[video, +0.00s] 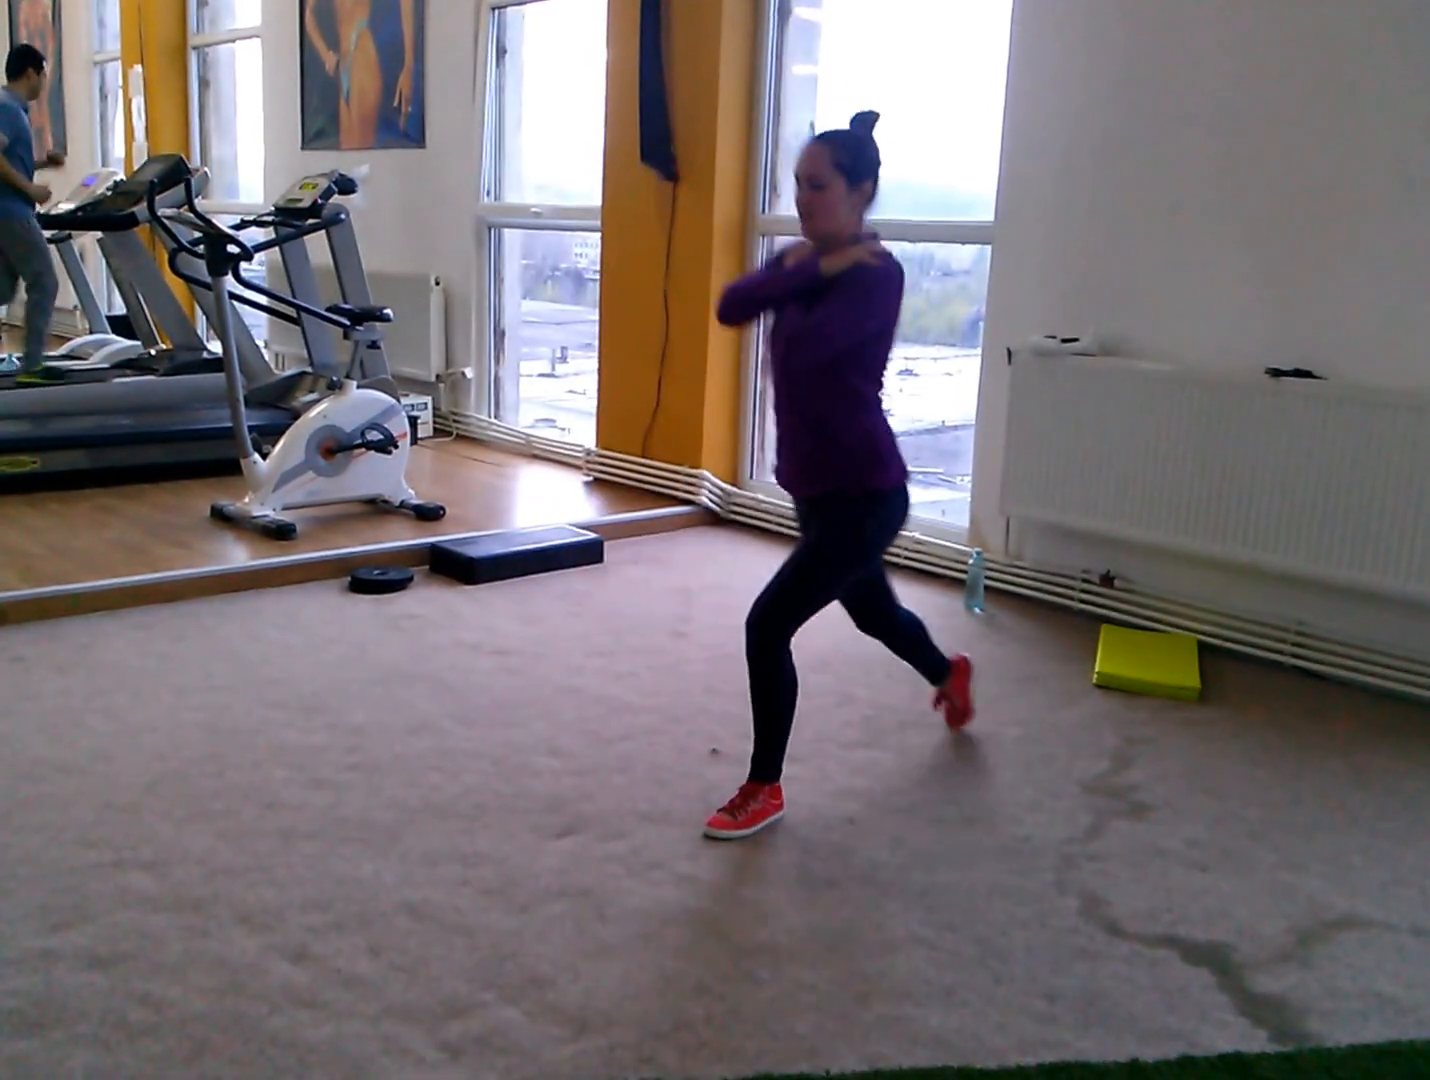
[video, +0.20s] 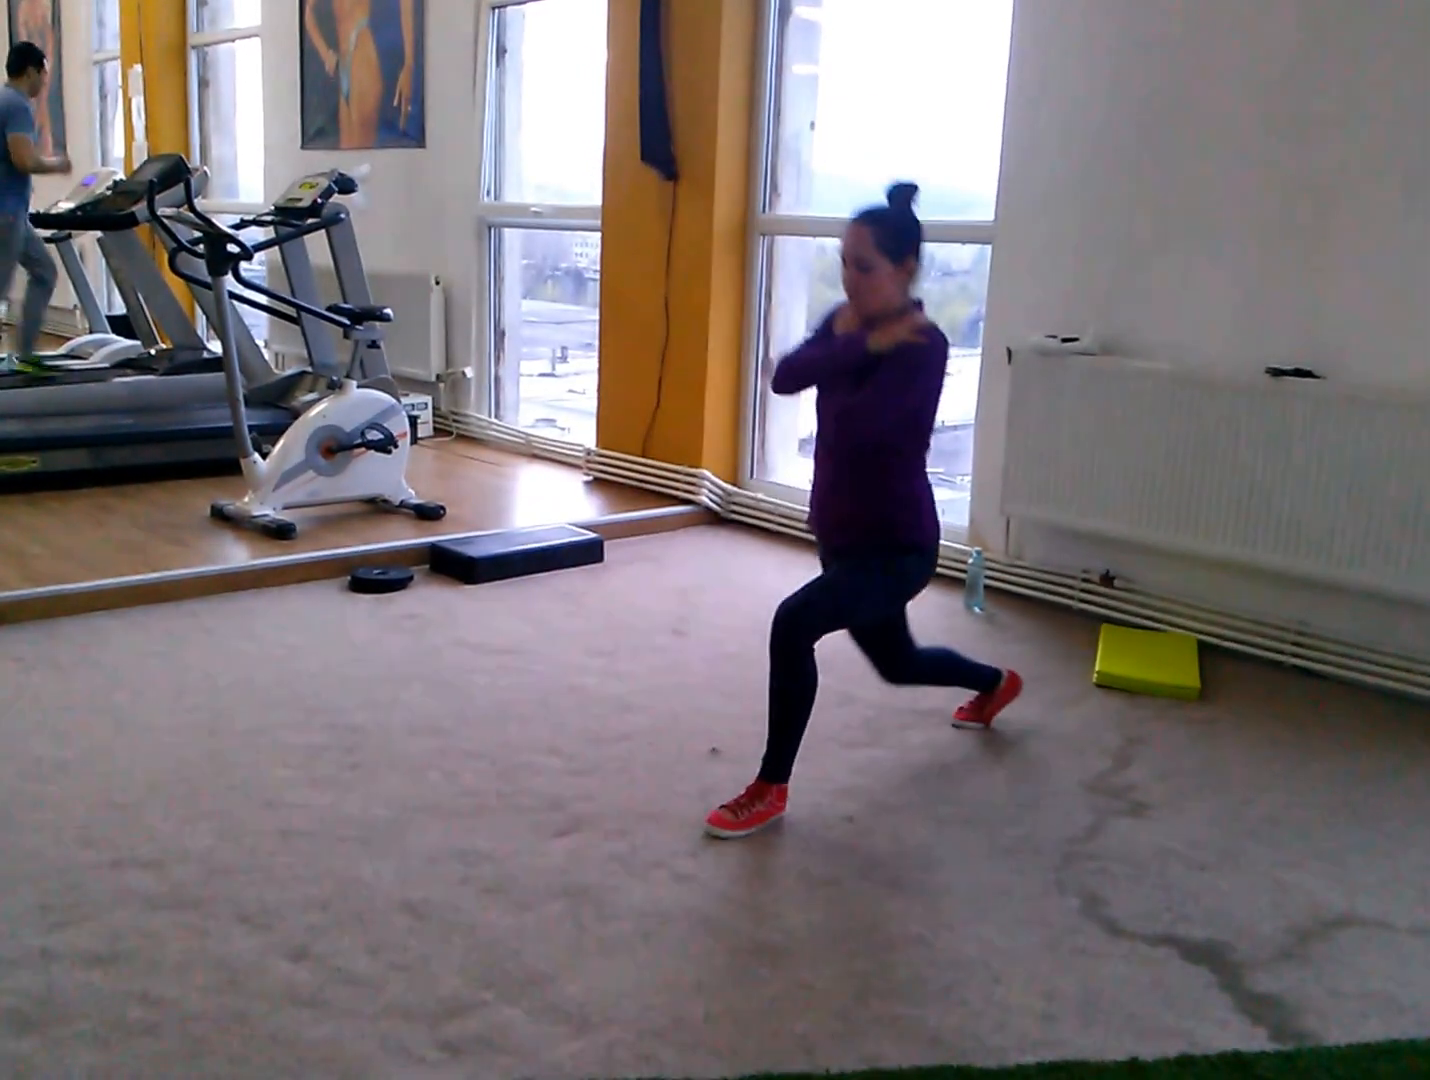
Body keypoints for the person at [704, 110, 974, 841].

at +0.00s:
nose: (801, 198)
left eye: (817, 185)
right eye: (798, 184)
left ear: (861, 195)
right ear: (799, 190)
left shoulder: (878, 275)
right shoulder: (798, 263)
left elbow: (809, 347)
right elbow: (730, 309)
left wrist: (784, 280)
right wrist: (817, 262)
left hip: (868, 494)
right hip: (814, 491)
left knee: (767, 625)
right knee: (877, 612)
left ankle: (764, 785)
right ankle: (948, 676)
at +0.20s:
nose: (850, 277)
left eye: (865, 266)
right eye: (846, 263)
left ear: (907, 270)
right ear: (842, 263)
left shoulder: (923, 347)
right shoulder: (841, 324)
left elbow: (869, 428)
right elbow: (783, 378)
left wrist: (837, 357)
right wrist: (862, 340)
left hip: (899, 547)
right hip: (842, 539)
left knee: (792, 624)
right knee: (898, 664)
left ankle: (770, 787)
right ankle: (995, 681)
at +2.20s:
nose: (757, 231)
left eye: (774, 219)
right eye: (755, 215)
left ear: (825, 228)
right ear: (753, 217)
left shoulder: (851, 306)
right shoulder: (764, 287)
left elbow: (789, 418)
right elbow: (709, 372)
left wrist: (766, 326)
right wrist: (790, 318)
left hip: (901, 500)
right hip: (856, 497)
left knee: (797, 622)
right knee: (920, 582)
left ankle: (797, 782)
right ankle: (990, 641)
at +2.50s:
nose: (830, 293)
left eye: (845, 280)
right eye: (825, 278)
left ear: (888, 285)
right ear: (821, 280)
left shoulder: (907, 358)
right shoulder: (819, 342)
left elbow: (853, 449)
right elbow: (766, 412)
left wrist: (815, 371)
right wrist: (845, 365)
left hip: (935, 551)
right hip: (879, 549)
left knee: (818, 622)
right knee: (946, 638)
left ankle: (806, 785)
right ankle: (1020, 662)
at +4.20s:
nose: (791, 212)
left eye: (808, 198)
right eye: (787, 197)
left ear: (856, 211)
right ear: (785, 207)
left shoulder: (869, 297)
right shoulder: (782, 286)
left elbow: (822, 404)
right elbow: (724, 366)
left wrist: (770, 321)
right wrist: (789, 306)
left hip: (916, 502)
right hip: (859, 506)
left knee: (826, 646)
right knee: (863, 655)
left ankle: (843, 806)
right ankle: (965, 675)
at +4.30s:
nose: (790, 172)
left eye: (808, 162)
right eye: (789, 160)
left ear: (856, 181)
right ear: (793, 173)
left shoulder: (868, 266)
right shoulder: (787, 256)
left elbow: (804, 362)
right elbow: (719, 329)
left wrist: (778, 284)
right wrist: (780, 273)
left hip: (898, 492)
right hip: (835, 490)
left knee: (822, 646)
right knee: (797, 640)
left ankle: (845, 807)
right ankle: (907, 694)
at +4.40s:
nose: (794, 154)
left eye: (812, 143)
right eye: (792, 142)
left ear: (859, 159)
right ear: (792, 155)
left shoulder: (870, 245)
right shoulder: (787, 237)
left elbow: (793, 337)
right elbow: (716, 302)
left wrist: (772, 264)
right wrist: (792, 243)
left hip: (878, 490)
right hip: (813, 484)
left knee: (816, 657)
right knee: (749, 631)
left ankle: (850, 808)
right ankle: (827, 734)